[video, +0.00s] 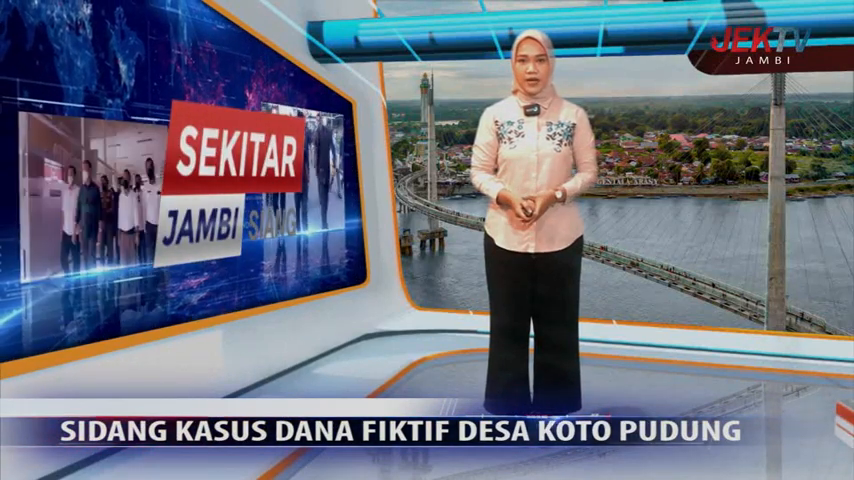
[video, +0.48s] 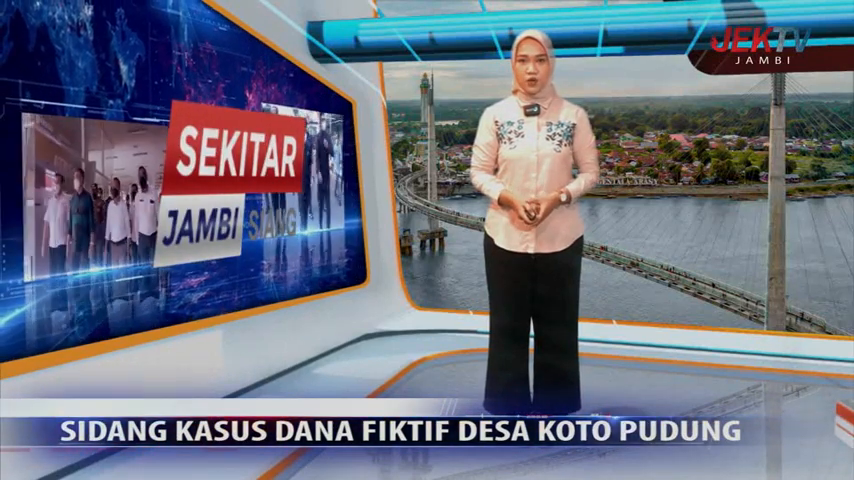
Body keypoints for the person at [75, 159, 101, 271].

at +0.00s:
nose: (85, 176)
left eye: (86, 173)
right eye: (83, 174)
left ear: (90, 175)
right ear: (82, 176)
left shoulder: (96, 189)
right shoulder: (81, 189)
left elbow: (99, 206)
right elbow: (78, 206)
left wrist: (100, 220)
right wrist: (76, 221)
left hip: (93, 221)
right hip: (83, 221)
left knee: (92, 250)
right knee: (84, 249)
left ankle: (92, 270)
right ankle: (85, 269)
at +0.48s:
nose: (77, 183)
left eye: (79, 180)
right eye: (75, 180)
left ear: (82, 182)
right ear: (73, 183)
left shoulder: (88, 197)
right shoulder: (73, 198)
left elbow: (91, 215)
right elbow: (70, 216)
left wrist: (92, 232)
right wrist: (69, 232)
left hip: (85, 228)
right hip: (75, 228)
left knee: (85, 254)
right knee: (76, 252)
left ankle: (85, 278)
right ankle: (74, 276)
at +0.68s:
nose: (75, 178)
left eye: (77, 175)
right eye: (74, 175)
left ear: (81, 177)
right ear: (72, 178)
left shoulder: (87, 192)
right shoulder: (72, 194)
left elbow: (90, 214)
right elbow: (71, 214)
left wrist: (88, 235)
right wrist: (70, 232)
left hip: (85, 231)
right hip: (75, 230)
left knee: (86, 260)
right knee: (73, 262)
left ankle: (87, 287)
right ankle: (74, 287)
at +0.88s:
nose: (73, 177)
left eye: (75, 174)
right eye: (72, 175)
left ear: (80, 177)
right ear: (69, 178)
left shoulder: (85, 195)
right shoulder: (70, 195)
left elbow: (88, 218)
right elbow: (68, 215)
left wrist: (86, 239)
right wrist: (66, 235)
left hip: (82, 234)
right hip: (71, 235)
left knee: (83, 265)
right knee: (70, 264)